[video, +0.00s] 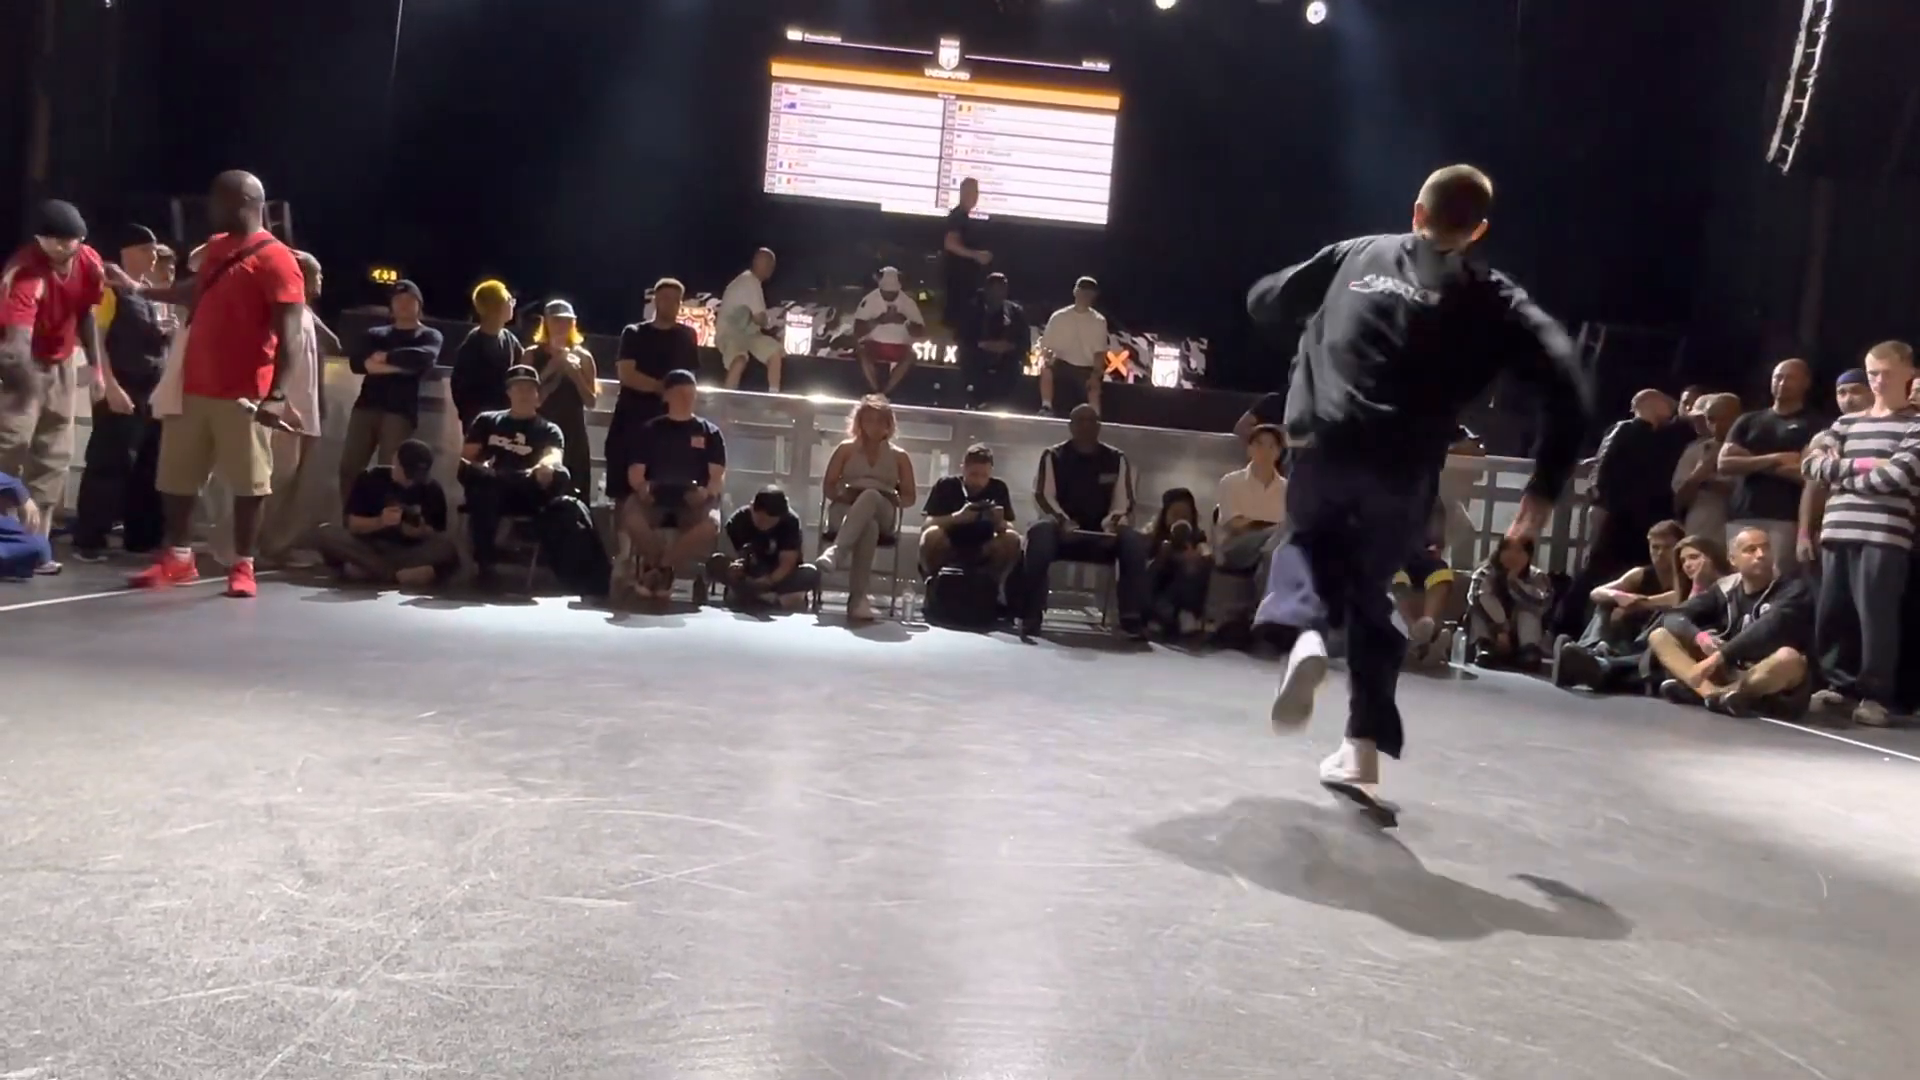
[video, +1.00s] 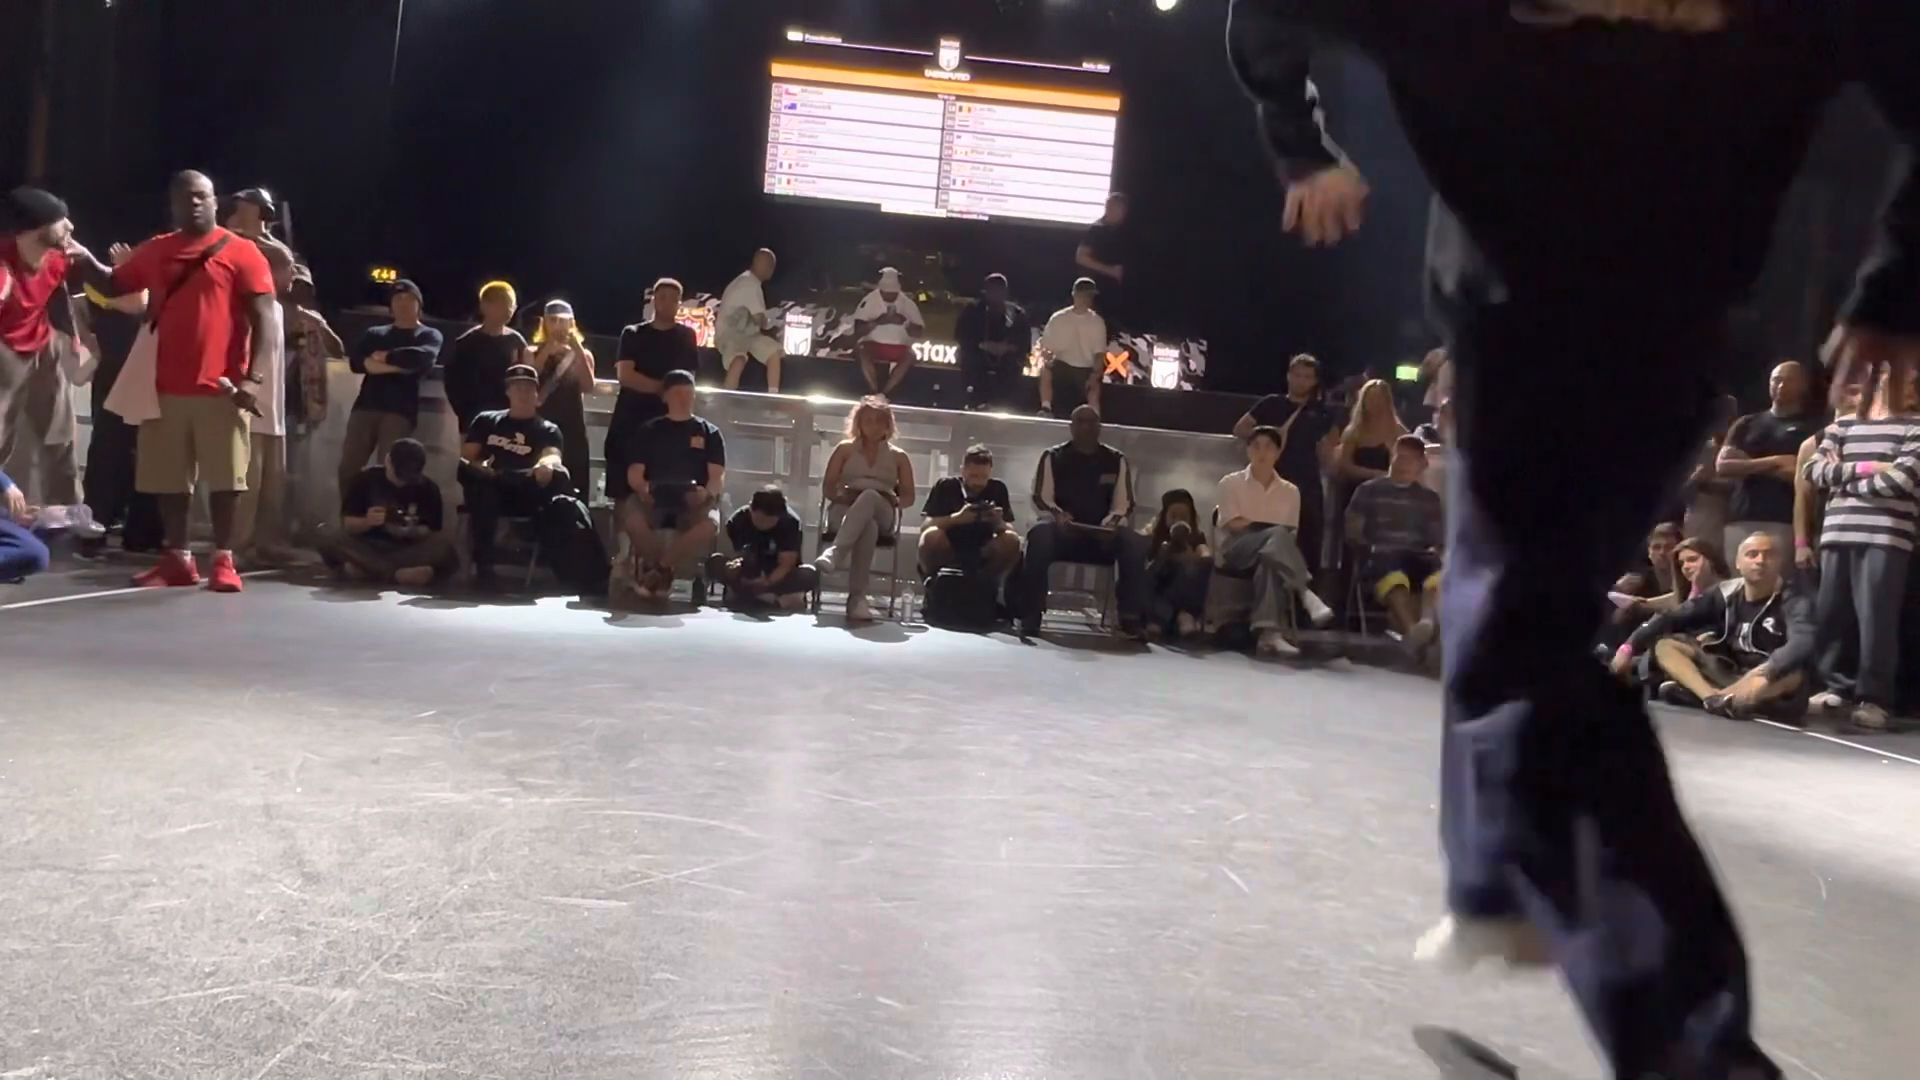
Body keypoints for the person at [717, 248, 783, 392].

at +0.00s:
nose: (770, 270)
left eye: (772, 266)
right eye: (769, 265)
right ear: (760, 264)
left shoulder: (753, 282)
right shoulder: (749, 282)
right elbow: (759, 317)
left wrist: (764, 318)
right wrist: (768, 321)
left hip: (750, 333)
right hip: (730, 332)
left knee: (775, 353)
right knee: (739, 359)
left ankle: (773, 396)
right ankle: (726, 398)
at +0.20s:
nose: (771, 270)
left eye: (772, 266)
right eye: (769, 265)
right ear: (760, 264)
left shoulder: (753, 282)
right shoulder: (749, 282)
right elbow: (759, 317)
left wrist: (765, 318)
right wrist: (768, 322)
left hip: (749, 333)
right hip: (729, 332)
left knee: (774, 353)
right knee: (738, 359)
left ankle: (773, 396)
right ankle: (726, 399)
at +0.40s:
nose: (770, 270)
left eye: (771, 266)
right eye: (768, 265)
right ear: (760, 264)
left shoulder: (753, 282)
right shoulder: (749, 282)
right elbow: (758, 318)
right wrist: (767, 321)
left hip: (749, 333)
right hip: (729, 333)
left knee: (774, 353)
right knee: (738, 360)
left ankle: (772, 396)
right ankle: (725, 398)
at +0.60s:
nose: (770, 270)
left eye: (771, 266)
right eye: (768, 265)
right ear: (759, 264)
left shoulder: (753, 282)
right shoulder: (748, 282)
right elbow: (758, 318)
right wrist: (767, 322)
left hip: (749, 334)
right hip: (728, 333)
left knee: (774, 353)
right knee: (738, 360)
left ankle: (772, 396)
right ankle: (725, 398)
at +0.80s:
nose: (771, 270)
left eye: (772, 266)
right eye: (769, 265)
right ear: (760, 264)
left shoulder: (753, 282)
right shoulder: (749, 282)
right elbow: (758, 318)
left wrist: (766, 318)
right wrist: (768, 322)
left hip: (750, 334)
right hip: (729, 333)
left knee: (774, 353)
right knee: (739, 359)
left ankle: (772, 395)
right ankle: (725, 398)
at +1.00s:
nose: (772, 270)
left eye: (773, 267)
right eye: (771, 266)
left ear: (756, 264)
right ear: (762, 265)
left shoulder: (753, 282)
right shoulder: (749, 283)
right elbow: (759, 318)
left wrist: (764, 319)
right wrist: (767, 323)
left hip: (750, 334)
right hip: (730, 333)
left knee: (774, 353)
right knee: (738, 360)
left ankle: (773, 397)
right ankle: (726, 399)